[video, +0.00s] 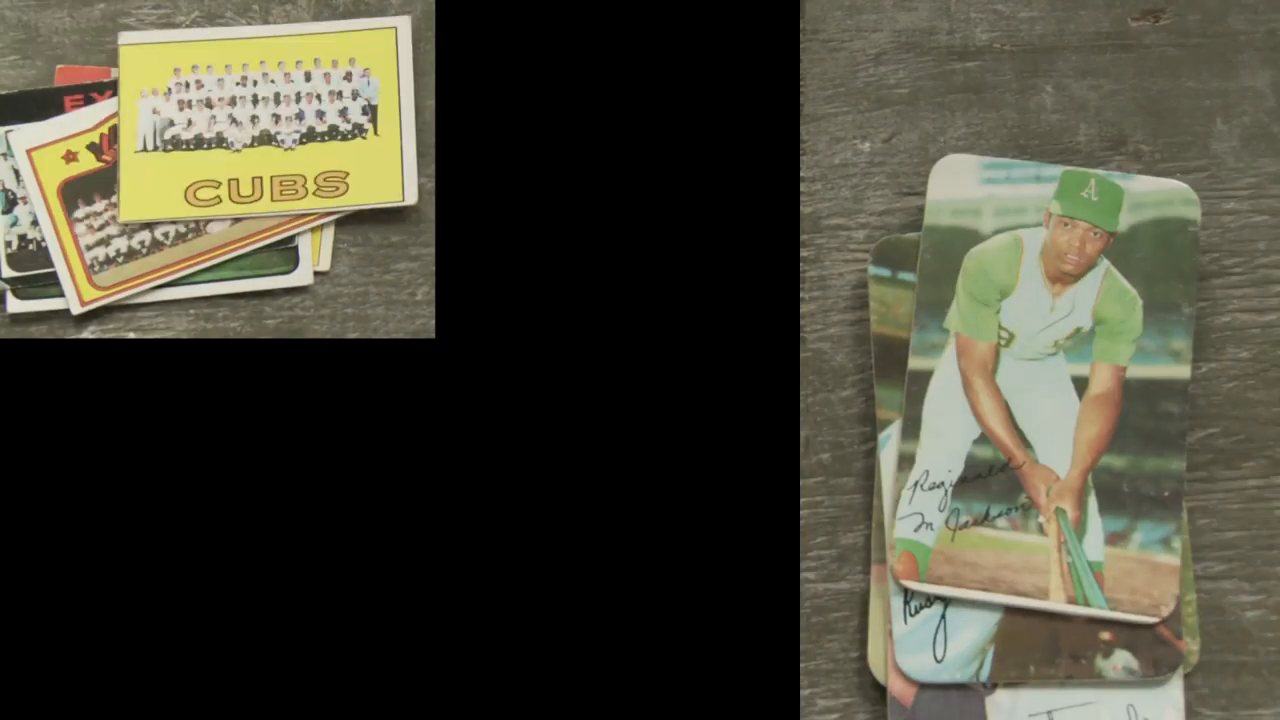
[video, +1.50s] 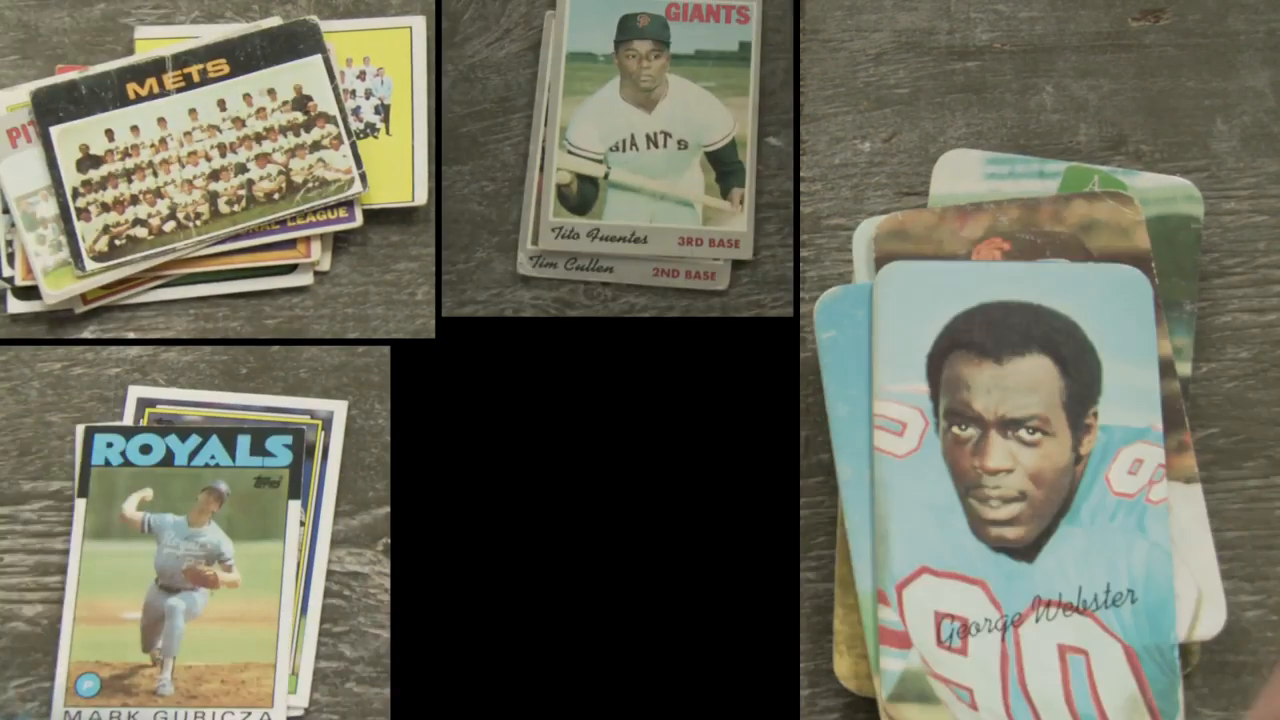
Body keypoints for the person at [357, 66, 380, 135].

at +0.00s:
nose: (367, 74)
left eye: (368, 72)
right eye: (366, 72)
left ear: (370, 73)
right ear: (364, 73)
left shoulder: (375, 81)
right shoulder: (361, 81)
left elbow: (376, 91)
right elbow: (360, 91)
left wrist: (372, 98)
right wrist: (365, 97)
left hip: (374, 101)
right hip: (364, 101)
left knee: (374, 117)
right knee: (365, 117)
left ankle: (375, 131)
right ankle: (364, 132)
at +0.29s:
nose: (379, 74)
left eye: (380, 72)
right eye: (378, 72)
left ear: (382, 73)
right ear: (376, 73)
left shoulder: (386, 80)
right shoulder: (373, 81)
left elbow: (388, 90)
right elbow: (372, 91)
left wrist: (383, 97)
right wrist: (377, 97)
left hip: (385, 101)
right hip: (376, 101)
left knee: (385, 117)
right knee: (376, 116)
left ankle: (385, 131)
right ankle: (374, 132)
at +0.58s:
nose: (380, 74)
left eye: (381, 72)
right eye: (379, 73)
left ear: (383, 73)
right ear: (376, 73)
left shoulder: (387, 80)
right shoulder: (373, 81)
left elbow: (388, 90)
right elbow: (372, 91)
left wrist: (383, 97)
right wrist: (377, 97)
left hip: (385, 102)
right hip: (376, 101)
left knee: (386, 117)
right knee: (377, 116)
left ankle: (386, 131)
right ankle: (375, 131)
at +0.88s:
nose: (381, 73)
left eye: (382, 72)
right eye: (380, 72)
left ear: (384, 72)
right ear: (377, 73)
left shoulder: (388, 80)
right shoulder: (374, 81)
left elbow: (389, 90)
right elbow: (373, 90)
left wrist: (384, 97)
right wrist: (378, 96)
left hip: (386, 101)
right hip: (377, 101)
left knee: (386, 117)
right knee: (377, 116)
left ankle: (387, 131)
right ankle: (376, 131)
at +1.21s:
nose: (381, 73)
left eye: (382, 71)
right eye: (379, 71)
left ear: (383, 72)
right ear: (377, 72)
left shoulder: (387, 80)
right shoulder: (374, 80)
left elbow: (389, 90)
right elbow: (373, 90)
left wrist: (385, 97)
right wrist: (378, 96)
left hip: (386, 101)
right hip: (377, 101)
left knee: (386, 117)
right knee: (377, 116)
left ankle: (387, 131)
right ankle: (376, 131)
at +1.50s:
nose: (381, 73)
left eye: (382, 71)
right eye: (380, 71)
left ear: (384, 72)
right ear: (378, 72)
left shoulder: (388, 80)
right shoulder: (374, 80)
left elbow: (390, 89)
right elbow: (373, 90)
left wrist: (385, 96)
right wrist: (378, 96)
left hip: (387, 101)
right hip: (378, 100)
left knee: (387, 117)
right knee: (378, 116)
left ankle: (387, 131)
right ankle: (376, 131)